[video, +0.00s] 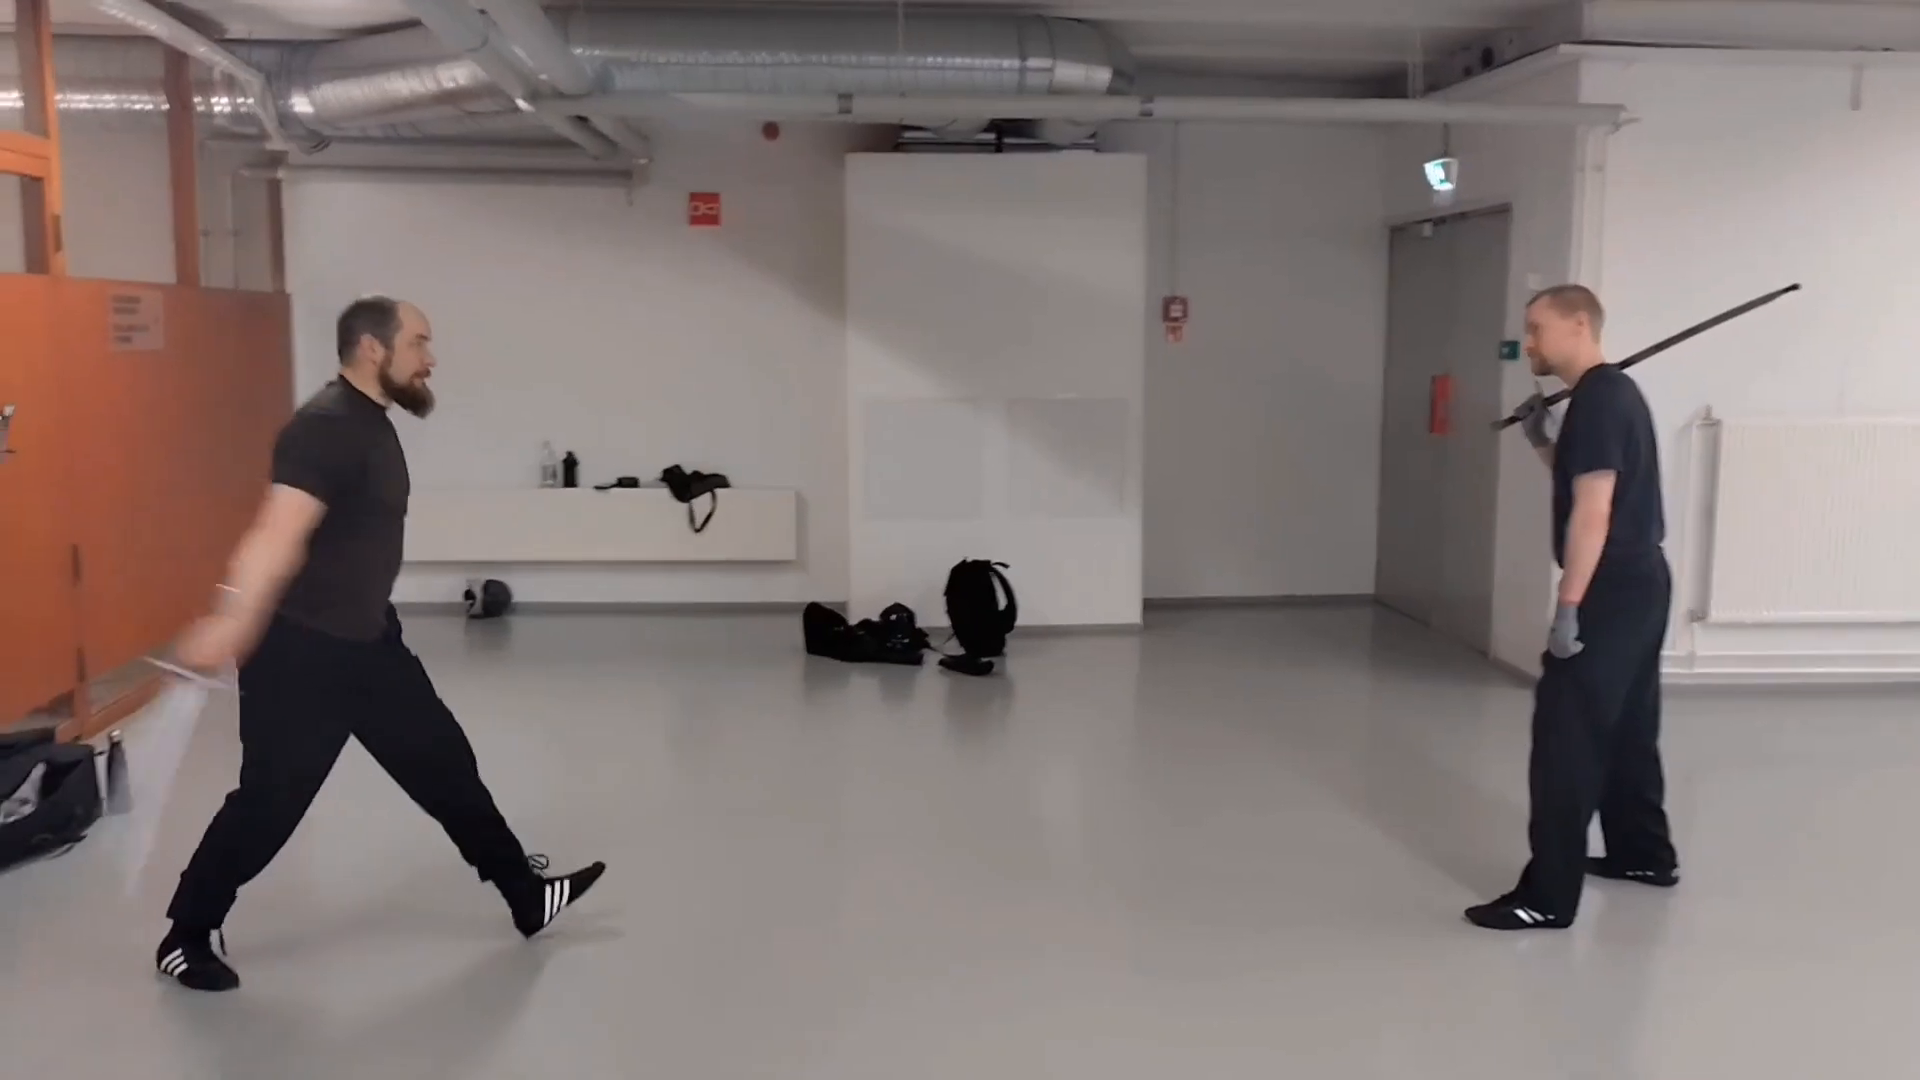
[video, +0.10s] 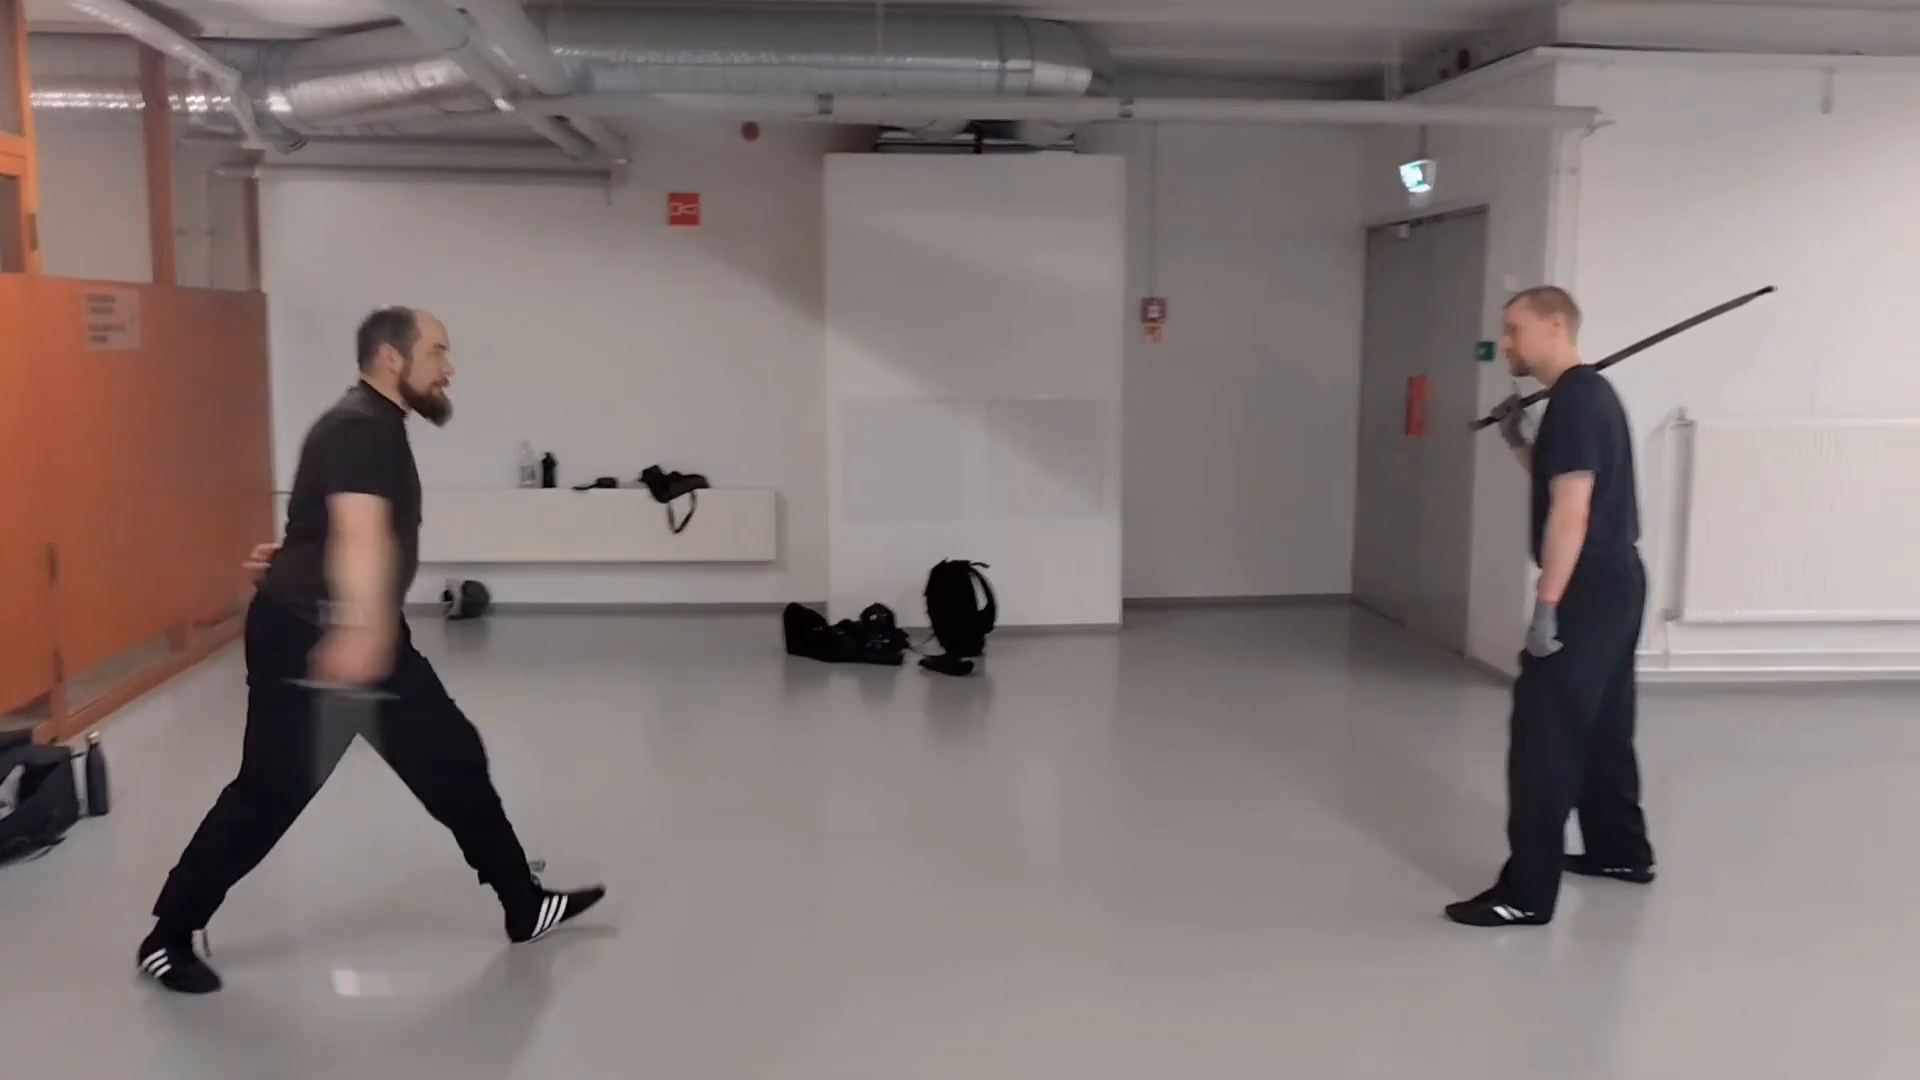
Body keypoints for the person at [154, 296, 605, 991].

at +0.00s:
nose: (429, 359)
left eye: (428, 345)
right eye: (418, 345)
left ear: (374, 351)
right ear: (370, 350)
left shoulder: (372, 423)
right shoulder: (324, 429)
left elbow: (338, 534)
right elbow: (274, 536)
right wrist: (232, 623)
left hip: (368, 647)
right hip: (299, 651)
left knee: (444, 766)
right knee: (269, 803)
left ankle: (527, 892)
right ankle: (185, 935)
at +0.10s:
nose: (448, 367)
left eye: (446, 353)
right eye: (437, 353)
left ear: (393, 363)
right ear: (389, 360)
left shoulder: (378, 430)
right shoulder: (357, 430)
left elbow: (361, 528)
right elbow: (356, 536)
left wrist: (292, 554)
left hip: (366, 632)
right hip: (304, 634)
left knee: (451, 761)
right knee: (271, 790)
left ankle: (524, 902)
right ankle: (169, 934)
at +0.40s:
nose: (521, 375)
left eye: (520, 363)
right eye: (513, 363)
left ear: (464, 362)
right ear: (473, 360)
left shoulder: (456, 429)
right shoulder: (440, 402)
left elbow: (441, 526)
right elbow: (550, 380)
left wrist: (374, 552)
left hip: (437, 636)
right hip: (388, 630)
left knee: (502, 759)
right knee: (354, 794)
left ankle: (477, 918)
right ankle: (201, 911)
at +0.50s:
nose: (548, 368)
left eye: (548, 356)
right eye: (540, 353)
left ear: (487, 357)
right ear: (502, 354)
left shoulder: (483, 426)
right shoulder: (471, 399)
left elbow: (464, 529)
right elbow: (564, 354)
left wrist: (403, 555)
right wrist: (624, 304)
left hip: (458, 628)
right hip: (412, 621)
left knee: (507, 761)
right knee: (438, 790)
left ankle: (463, 923)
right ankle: (300, 922)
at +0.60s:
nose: (570, 366)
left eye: (568, 351)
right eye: (565, 350)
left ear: (506, 353)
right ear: (536, 351)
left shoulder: (475, 420)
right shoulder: (520, 396)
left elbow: (450, 501)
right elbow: (601, 331)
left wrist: (423, 538)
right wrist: (626, 257)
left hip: (440, 610)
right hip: (466, 615)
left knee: (498, 777)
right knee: (523, 779)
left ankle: (457, 921)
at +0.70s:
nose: (603, 362)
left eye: (600, 349)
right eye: (594, 349)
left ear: (539, 356)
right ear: (557, 352)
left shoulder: (495, 423)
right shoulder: (564, 403)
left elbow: (452, 510)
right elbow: (659, 346)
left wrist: (450, 544)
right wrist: (664, 258)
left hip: (471, 620)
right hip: (520, 621)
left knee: (505, 777)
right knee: (611, 761)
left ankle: (449, 931)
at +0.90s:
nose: (685, 374)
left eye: (682, 362)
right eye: (677, 362)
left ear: (624, 373)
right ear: (641, 370)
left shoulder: (572, 448)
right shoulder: (668, 436)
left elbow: (522, 537)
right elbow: (787, 424)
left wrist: (556, 574)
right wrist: (802, 327)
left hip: (576, 646)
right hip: (651, 646)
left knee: (541, 791)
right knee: (743, 775)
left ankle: (452, 931)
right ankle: (846, 908)